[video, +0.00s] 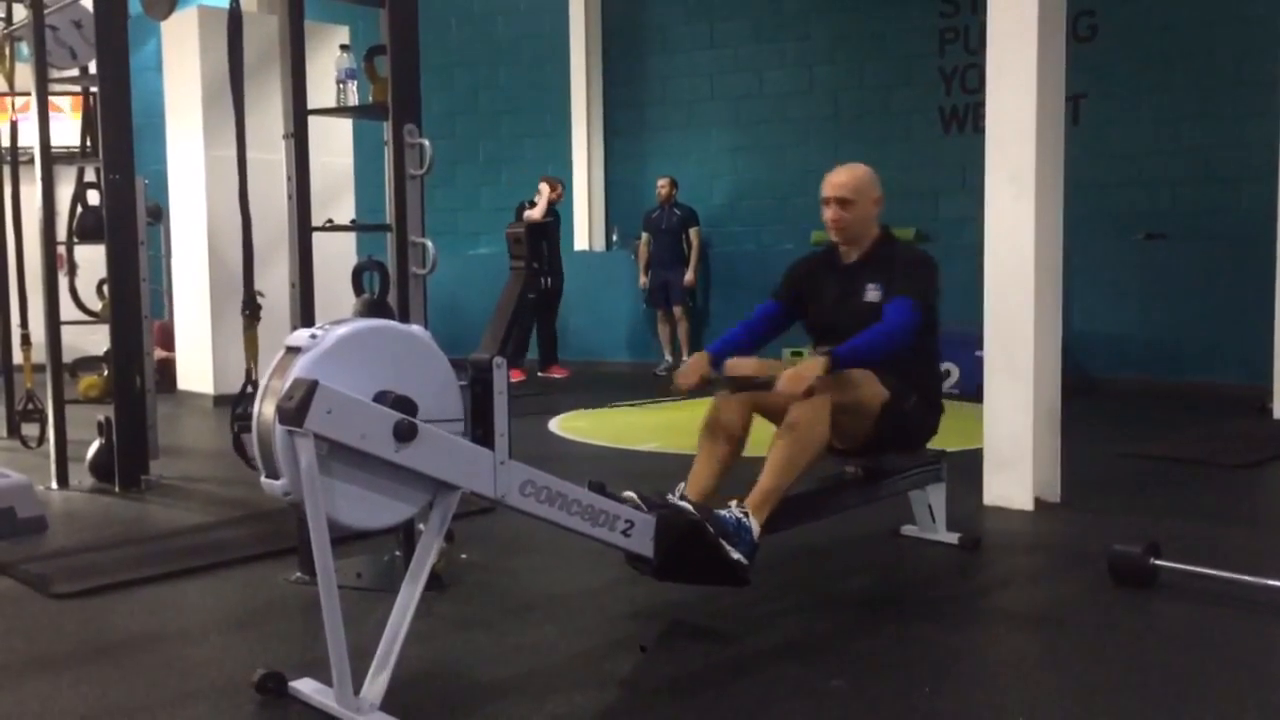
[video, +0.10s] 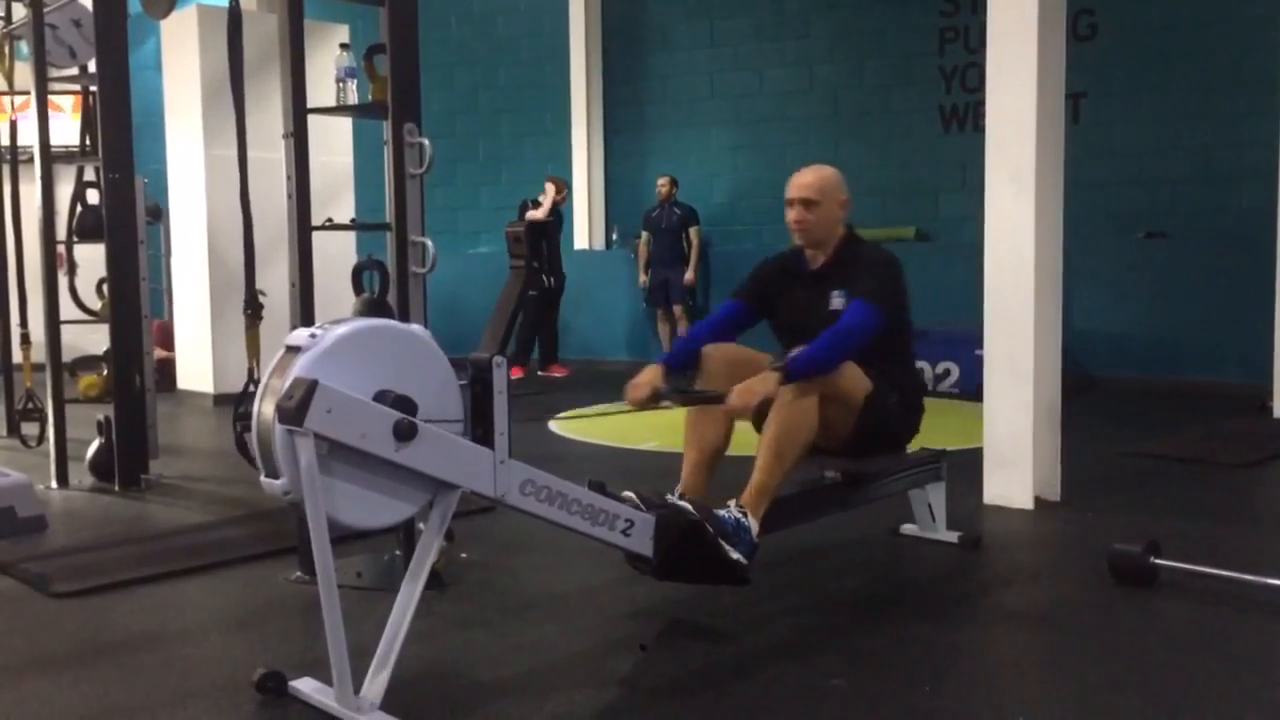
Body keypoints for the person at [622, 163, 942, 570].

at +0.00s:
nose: (832, 215)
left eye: (845, 204)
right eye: (826, 204)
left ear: (876, 205)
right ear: (820, 207)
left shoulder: (910, 264)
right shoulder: (812, 269)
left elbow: (897, 330)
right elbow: (764, 322)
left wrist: (825, 361)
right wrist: (709, 356)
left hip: (904, 408)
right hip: (833, 404)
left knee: (822, 387)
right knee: (739, 374)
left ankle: (748, 522)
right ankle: (687, 505)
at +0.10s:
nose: (796, 215)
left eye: (809, 205)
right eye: (791, 205)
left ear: (842, 209)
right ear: (784, 209)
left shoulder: (876, 267)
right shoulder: (779, 270)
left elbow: (846, 337)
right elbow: (720, 323)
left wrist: (778, 374)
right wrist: (662, 366)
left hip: (881, 415)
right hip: (805, 408)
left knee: (807, 372)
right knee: (715, 359)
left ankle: (746, 519)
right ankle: (687, 504)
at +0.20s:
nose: (761, 220)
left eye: (775, 210)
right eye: (757, 210)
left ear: (811, 214)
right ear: (751, 214)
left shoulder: (845, 272)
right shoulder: (749, 273)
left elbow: (807, 337)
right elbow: (684, 324)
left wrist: (735, 377)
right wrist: (617, 368)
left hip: (864, 425)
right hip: (790, 422)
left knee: (794, 364)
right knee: (699, 352)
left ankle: (746, 518)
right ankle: (686, 502)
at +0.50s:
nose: (781, 206)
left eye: (795, 196)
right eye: (777, 195)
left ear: (829, 205)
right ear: (772, 201)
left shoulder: (863, 263)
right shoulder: (771, 261)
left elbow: (824, 303)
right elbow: (709, 298)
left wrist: (751, 325)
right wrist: (635, 324)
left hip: (873, 416)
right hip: (801, 415)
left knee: (798, 356)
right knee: (708, 359)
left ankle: (745, 520)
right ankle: (686, 503)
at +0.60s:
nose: (830, 196)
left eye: (843, 187)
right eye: (825, 187)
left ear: (875, 194)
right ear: (819, 193)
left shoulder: (902, 257)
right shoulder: (810, 257)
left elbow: (861, 296)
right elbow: (751, 292)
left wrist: (797, 319)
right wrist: (684, 316)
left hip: (893, 407)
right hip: (819, 404)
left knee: (813, 370)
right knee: (728, 370)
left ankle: (747, 521)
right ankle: (688, 503)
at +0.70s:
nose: (872, 194)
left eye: (885, 184)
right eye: (868, 184)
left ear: (915, 192)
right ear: (862, 190)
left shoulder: (937, 255)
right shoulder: (846, 256)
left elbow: (903, 296)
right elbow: (793, 295)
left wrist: (845, 317)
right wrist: (732, 320)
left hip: (909, 397)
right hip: (837, 389)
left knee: (825, 390)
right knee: (747, 385)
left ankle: (748, 521)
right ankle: (686, 504)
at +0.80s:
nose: (911, 203)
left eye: (924, 195)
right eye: (906, 194)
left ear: (953, 205)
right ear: (900, 201)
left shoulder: (974, 261)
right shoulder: (876, 263)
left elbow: (951, 310)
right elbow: (830, 310)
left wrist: (891, 320)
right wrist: (780, 327)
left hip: (925, 392)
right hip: (859, 380)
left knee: (835, 410)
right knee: (769, 402)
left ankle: (749, 522)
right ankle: (686, 504)